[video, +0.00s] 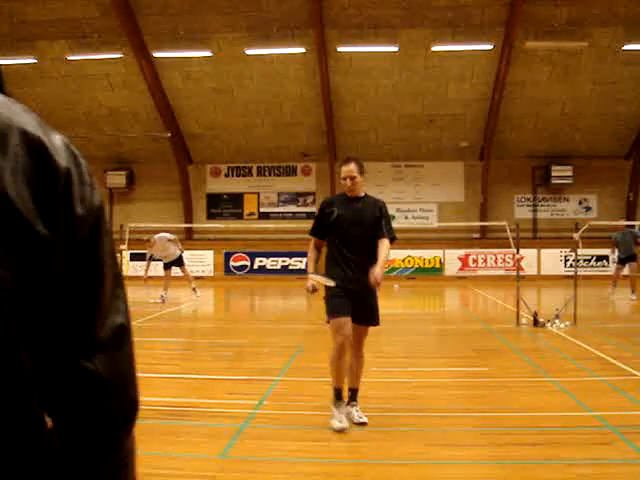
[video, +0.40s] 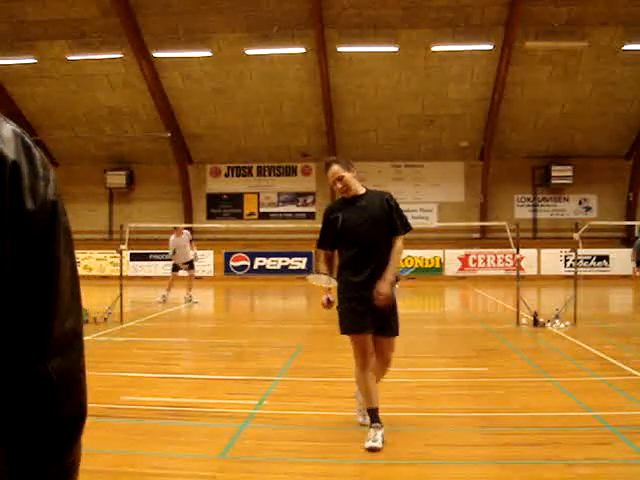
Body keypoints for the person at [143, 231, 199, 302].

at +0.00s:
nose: (149, 247)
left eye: (150, 244)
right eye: (148, 245)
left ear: (152, 240)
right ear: (147, 244)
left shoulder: (161, 237)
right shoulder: (150, 250)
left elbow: (174, 239)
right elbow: (148, 262)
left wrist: (180, 247)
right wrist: (145, 274)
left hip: (176, 255)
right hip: (166, 259)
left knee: (184, 271)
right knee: (167, 276)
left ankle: (193, 287)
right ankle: (164, 294)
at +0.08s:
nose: (155, 246)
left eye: (155, 244)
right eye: (153, 245)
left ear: (156, 240)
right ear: (151, 245)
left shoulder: (164, 236)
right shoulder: (153, 249)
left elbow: (177, 239)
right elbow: (153, 261)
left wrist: (182, 248)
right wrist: (153, 273)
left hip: (177, 255)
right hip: (167, 259)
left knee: (185, 274)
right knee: (167, 277)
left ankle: (192, 290)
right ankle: (164, 294)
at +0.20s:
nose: (162, 238)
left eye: (162, 236)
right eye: (160, 238)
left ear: (165, 234)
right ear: (159, 238)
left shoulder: (173, 235)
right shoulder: (160, 245)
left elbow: (181, 240)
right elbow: (161, 257)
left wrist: (185, 249)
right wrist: (163, 269)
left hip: (180, 256)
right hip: (170, 259)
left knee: (185, 275)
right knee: (168, 277)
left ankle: (190, 292)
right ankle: (165, 294)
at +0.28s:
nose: (167, 236)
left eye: (167, 233)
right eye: (165, 235)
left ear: (169, 232)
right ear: (163, 236)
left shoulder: (178, 234)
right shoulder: (163, 244)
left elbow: (185, 241)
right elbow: (164, 255)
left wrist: (187, 251)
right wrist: (167, 263)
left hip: (182, 257)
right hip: (172, 260)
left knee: (186, 275)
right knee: (170, 277)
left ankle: (188, 294)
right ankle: (165, 294)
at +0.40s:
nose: (180, 232)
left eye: (181, 229)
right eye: (178, 230)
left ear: (182, 229)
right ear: (175, 230)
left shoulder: (187, 234)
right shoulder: (172, 239)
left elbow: (191, 242)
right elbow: (172, 253)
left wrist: (194, 251)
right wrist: (179, 263)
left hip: (188, 259)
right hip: (177, 260)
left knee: (191, 277)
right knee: (172, 277)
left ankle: (188, 295)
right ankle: (166, 294)